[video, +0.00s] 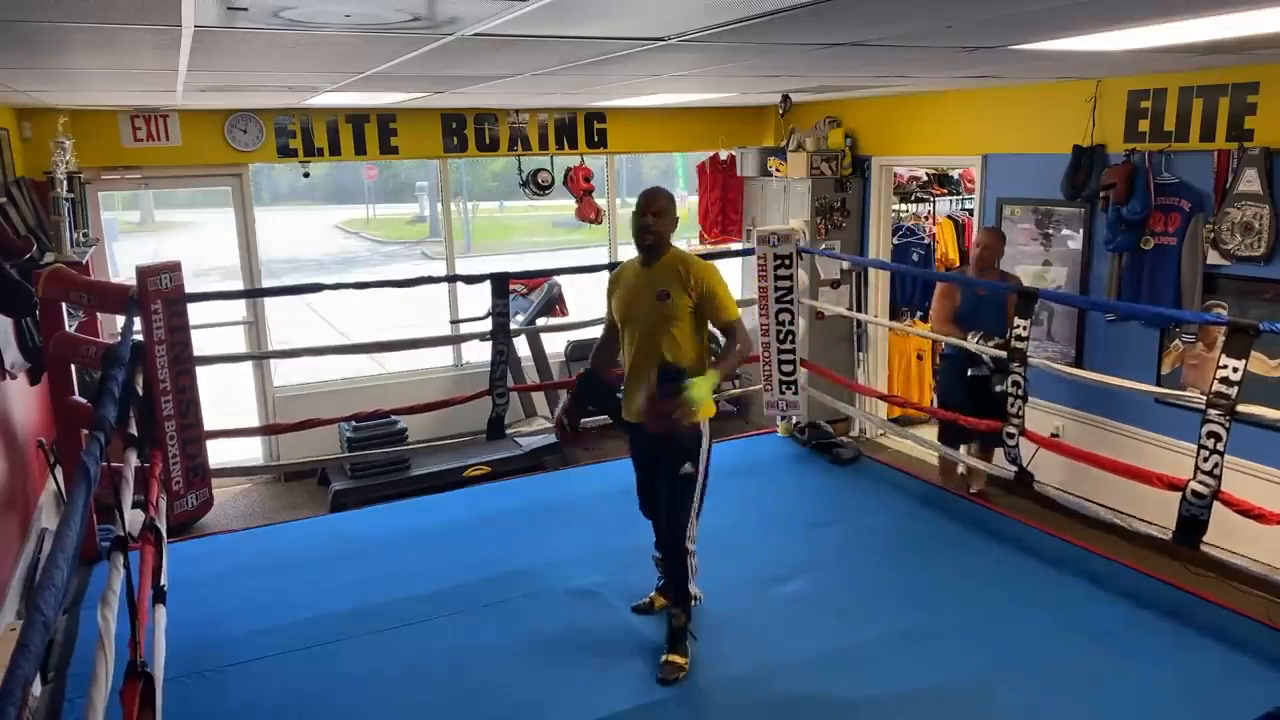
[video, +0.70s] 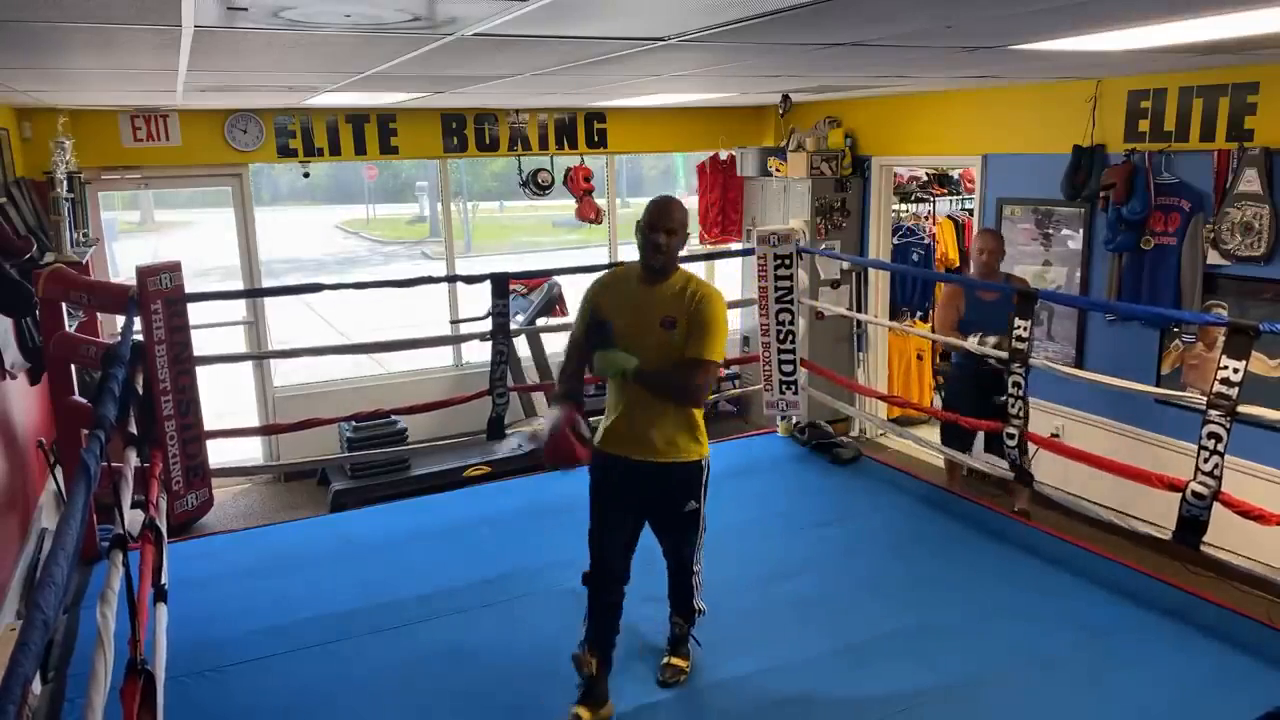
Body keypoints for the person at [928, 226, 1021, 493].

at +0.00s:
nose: (979, 252)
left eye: (987, 248)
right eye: (977, 245)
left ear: (1001, 253)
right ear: (970, 246)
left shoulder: (1011, 285)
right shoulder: (952, 281)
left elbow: (1017, 327)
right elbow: (939, 324)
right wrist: (974, 345)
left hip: (995, 370)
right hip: (957, 368)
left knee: (987, 437)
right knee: (952, 435)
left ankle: (976, 491)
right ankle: (947, 492)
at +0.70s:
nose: (984, 258)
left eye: (991, 253)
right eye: (980, 251)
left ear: (1002, 256)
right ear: (971, 252)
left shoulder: (1017, 287)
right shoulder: (955, 289)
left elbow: (1030, 330)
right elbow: (943, 334)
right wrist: (975, 343)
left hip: (1005, 375)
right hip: (967, 373)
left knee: (1013, 438)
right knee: (956, 437)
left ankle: (1021, 508)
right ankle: (954, 496)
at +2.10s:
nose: (1011, 260)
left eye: (1017, 254)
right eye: (1006, 254)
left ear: (1033, 255)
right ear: (1000, 257)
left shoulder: (1056, 290)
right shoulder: (990, 288)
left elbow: (1064, 340)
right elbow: (978, 334)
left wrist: (1053, 357)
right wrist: (1005, 351)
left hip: (1037, 384)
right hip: (994, 380)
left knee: (1032, 452)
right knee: (981, 447)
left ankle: (1022, 513)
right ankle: (972, 506)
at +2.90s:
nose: (1011, 254)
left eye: (1017, 248)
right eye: (1006, 249)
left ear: (1029, 252)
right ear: (1000, 254)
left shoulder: (1048, 287)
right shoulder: (994, 287)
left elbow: (1064, 331)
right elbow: (980, 332)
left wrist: (1061, 359)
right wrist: (1002, 343)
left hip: (1036, 373)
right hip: (996, 370)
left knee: (1031, 432)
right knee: (993, 427)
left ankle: (1025, 498)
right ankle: (987, 495)